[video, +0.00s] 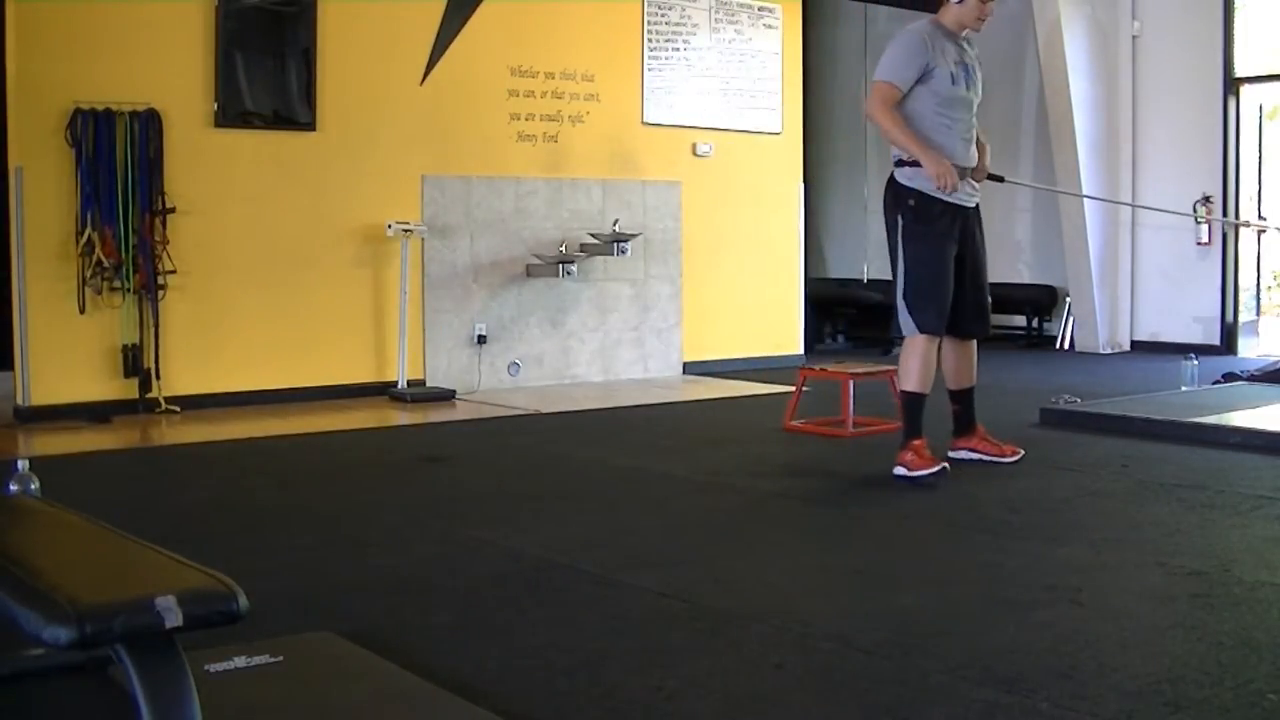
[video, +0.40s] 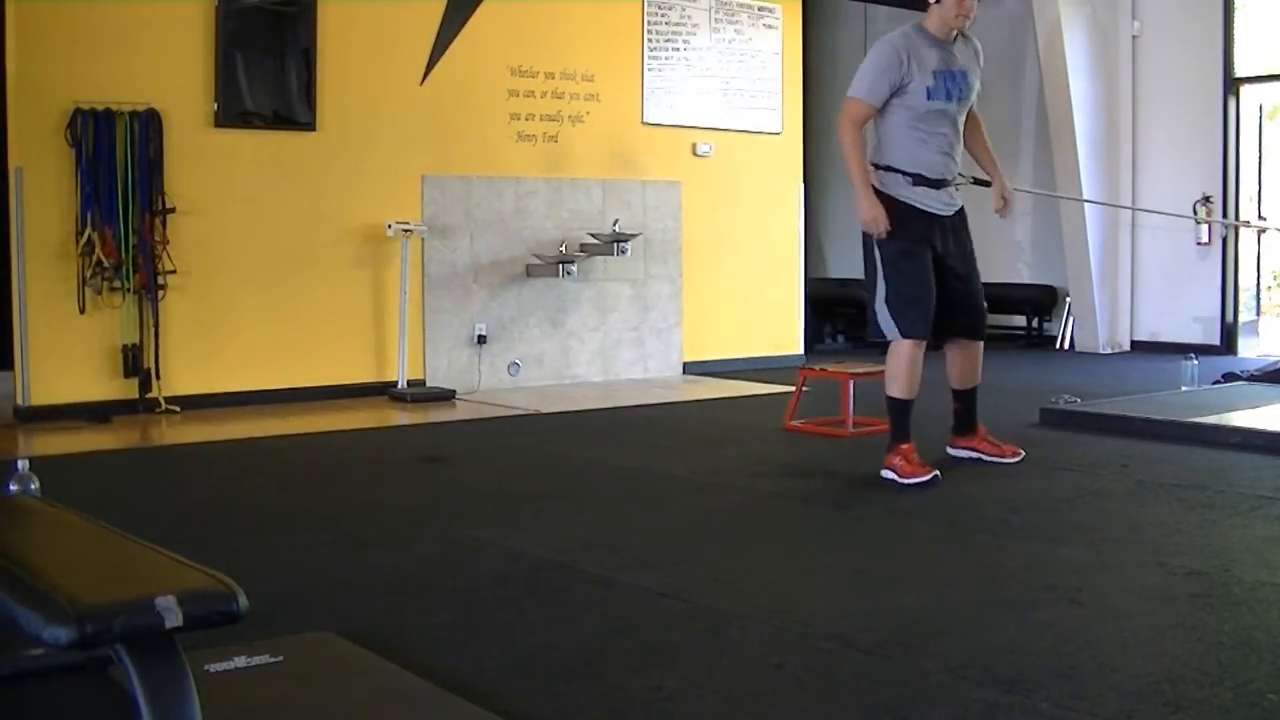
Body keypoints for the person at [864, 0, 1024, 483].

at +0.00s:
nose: (988, 14)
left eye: (990, 7)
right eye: (983, 4)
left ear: (969, 7)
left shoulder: (967, 55)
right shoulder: (918, 38)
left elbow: (957, 118)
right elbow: (878, 105)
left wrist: (976, 145)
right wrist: (929, 156)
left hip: (962, 203)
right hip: (919, 199)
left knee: (962, 322)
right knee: (925, 322)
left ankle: (966, 435)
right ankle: (912, 446)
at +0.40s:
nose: (968, 10)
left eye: (973, 4)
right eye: (961, 3)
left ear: (972, 8)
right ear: (934, 0)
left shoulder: (969, 50)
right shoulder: (896, 49)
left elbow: (965, 116)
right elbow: (849, 123)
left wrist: (996, 175)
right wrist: (865, 197)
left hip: (948, 207)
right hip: (897, 206)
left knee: (968, 321)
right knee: (911, 326)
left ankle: (966, 434)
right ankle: (899, 451)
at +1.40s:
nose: (814, 64)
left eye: (826, 55)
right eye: (805, 51)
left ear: (838, 60)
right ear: (786, 50)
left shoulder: (841, 117)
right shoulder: (744, 102)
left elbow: (872, 186)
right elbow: (673, 180)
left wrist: (894, 255)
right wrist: (648, 262)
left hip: (757, 233)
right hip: (692, 232)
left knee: (832, 316)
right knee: (676, 345)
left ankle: (800, 453)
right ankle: (677, 442)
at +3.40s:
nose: (892, 50)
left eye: (894, 41)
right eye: (883, 41)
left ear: (890, 44)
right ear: (850, 42)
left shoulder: (892, 97)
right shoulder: (805, 109)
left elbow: (894, 156)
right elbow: (767, 205)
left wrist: (921, 223)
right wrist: (809, 281)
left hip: (848, 225)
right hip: (787, 231)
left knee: (912, 319)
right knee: (818, 334)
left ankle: (944, 422)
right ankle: (811, 454)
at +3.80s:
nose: (964, 127)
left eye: (968, 119)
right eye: (954, 118)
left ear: (971, 124)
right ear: (926, 122)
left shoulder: (968, 179)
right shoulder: (884, 178)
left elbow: (1002, 232)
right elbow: (822, 246)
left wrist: (1034, 265)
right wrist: (788, 319)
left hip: (882, 266)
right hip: (824, 261)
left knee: (960, 333)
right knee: (860, 327)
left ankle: (973, 439)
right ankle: (832, 449)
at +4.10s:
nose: (868, 52)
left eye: (875, 43)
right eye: (858, 40)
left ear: (880, 49)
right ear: (830, 42)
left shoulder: (880, 106)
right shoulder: (787, 97)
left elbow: (925, 171)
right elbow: (709, 150)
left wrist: (957, 243)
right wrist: (712, 222)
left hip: (826, 230)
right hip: (760, 232)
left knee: (888, 327)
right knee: (780, 341)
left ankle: (869, 430)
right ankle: (807, 434)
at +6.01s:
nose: (784, 42)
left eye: (784, 32)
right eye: (774, 33)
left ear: (775, 39)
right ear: (739, 41)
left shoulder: (802, 91)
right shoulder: (696, 111)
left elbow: (841, 152)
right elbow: (616, 176)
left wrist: (841, 154)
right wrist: (552, 241)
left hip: (780, 240)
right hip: (708, 242)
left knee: (856, 343)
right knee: (715, 340)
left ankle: (836, 461)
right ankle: (643, 479)